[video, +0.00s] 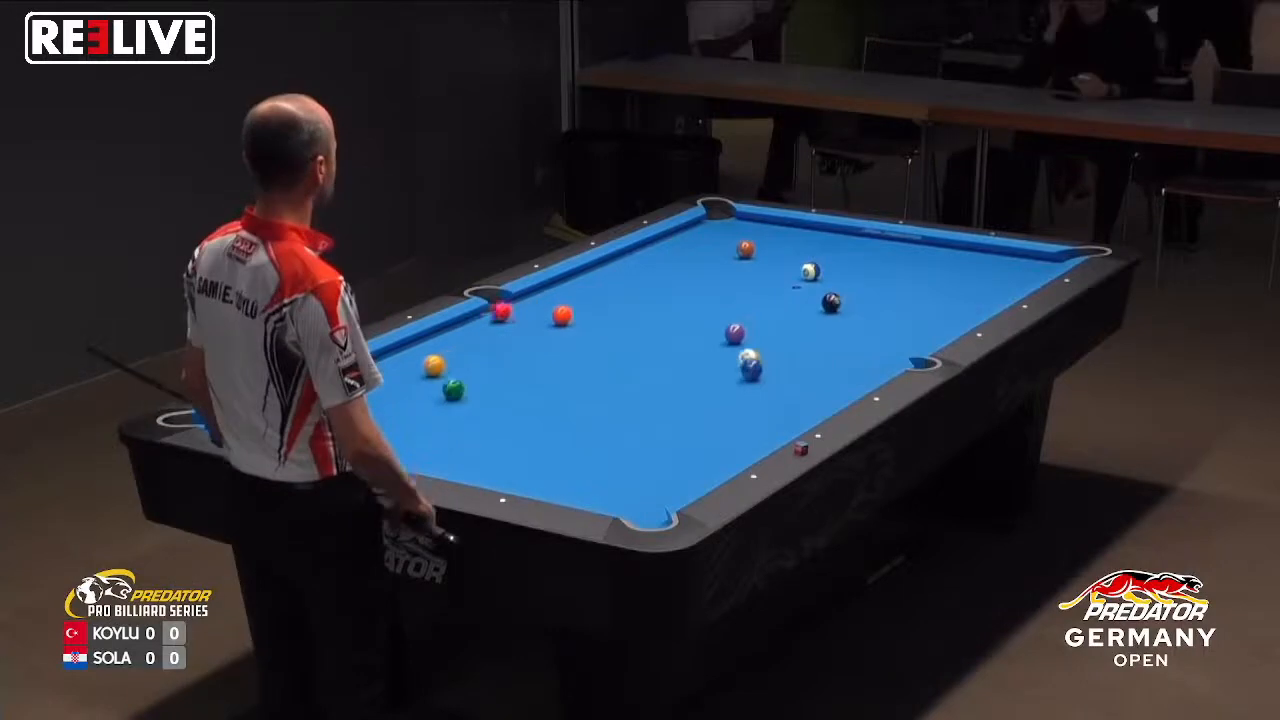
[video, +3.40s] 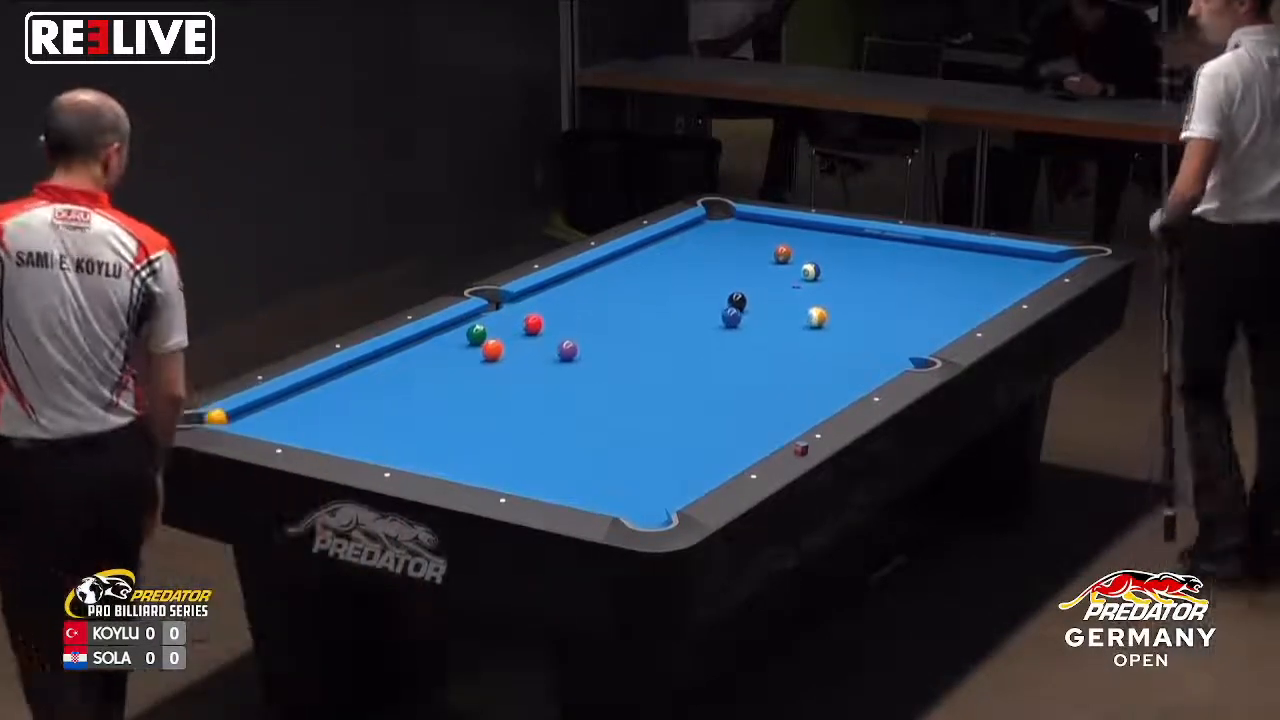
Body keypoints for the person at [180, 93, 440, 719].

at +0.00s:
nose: (335, 165)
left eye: (331, 153)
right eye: (333, 154)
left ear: (251, 163)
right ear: (321, 167)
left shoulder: (208, 255)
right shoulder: (313, 282)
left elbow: (196, 378)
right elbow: (357, 440)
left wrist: (241, 441)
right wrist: (407, 496)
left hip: (247, 497)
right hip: (319, 503)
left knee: (281, 664)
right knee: (348, 662)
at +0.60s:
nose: (336, 221)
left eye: (332, 205)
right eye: (335, 208)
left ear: (246, 208)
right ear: (320, 222)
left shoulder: (190, 309)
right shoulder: (323, 345)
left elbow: (186, 442)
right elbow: (368, 498)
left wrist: (196, 535)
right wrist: (418, 593)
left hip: (237, 564)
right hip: (318, 572)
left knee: (273, 699)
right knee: (351, 700)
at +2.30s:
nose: (279, 211)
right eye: (278, 200)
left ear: (186, 207)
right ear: (270, 212)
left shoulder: (131, 306)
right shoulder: (288, 332)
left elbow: (113, 449)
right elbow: (331, 489)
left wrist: (132, 523)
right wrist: (359, 583)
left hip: (174, 550)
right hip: (270, 556)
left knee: (174, 701)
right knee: (283, 698)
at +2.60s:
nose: (204, 189)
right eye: (204, 177)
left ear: (117, 179)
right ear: (198, 187)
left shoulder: (61, 284)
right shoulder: (233, 301)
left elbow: (33, 429)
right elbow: (274, 447)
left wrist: (63, 465)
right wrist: (290, 533)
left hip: (106, 525)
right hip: (207, 527)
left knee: (131, 695)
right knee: (243, 684)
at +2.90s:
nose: (157, 177)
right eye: (157, 166)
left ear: (74, 168)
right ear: (151, 174)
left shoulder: (21, 271)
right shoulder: (195, 276)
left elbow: (8, 409)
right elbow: (227, 419)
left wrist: (48, 409)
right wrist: (221, 497)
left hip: (72, 514)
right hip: (173, 508)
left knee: (108, 683)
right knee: (193, 674)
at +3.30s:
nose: (128, 171)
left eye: (126, 161)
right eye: (128, 162)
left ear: (49, 161)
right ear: (118, 167)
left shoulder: (8, 249)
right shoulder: (157, 264)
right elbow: (180, 404)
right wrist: (166, 486)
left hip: (30, 482)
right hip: (127, 478)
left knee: (57, 636)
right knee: (117, 633)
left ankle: (85, 711)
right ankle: (107, 713)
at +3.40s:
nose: (124, 161)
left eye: (124, 151)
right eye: (124, 151)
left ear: (46, 148)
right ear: (113, 156)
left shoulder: (7, 228)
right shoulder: (146, 251)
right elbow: (168, 392)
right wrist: (154, 473)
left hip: (20, 464)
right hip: (113, 463)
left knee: (34, 637)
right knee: (109, 627)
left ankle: (59, 713)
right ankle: (102, 712)